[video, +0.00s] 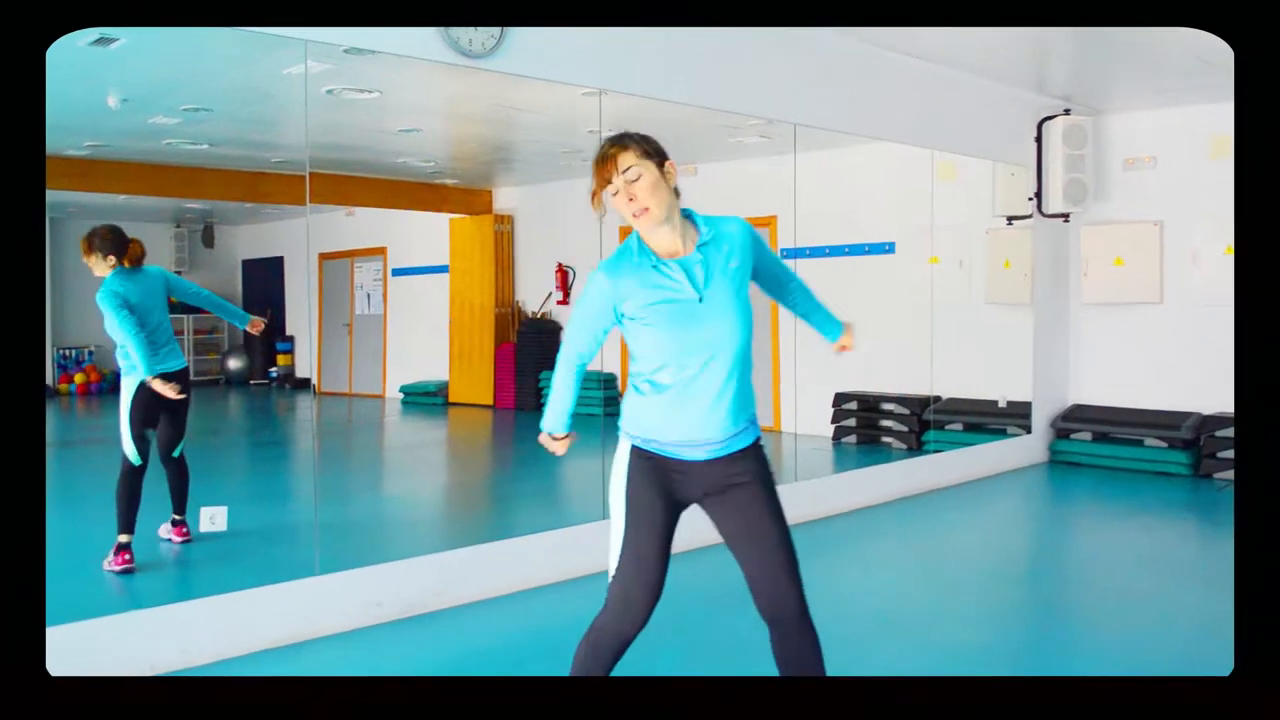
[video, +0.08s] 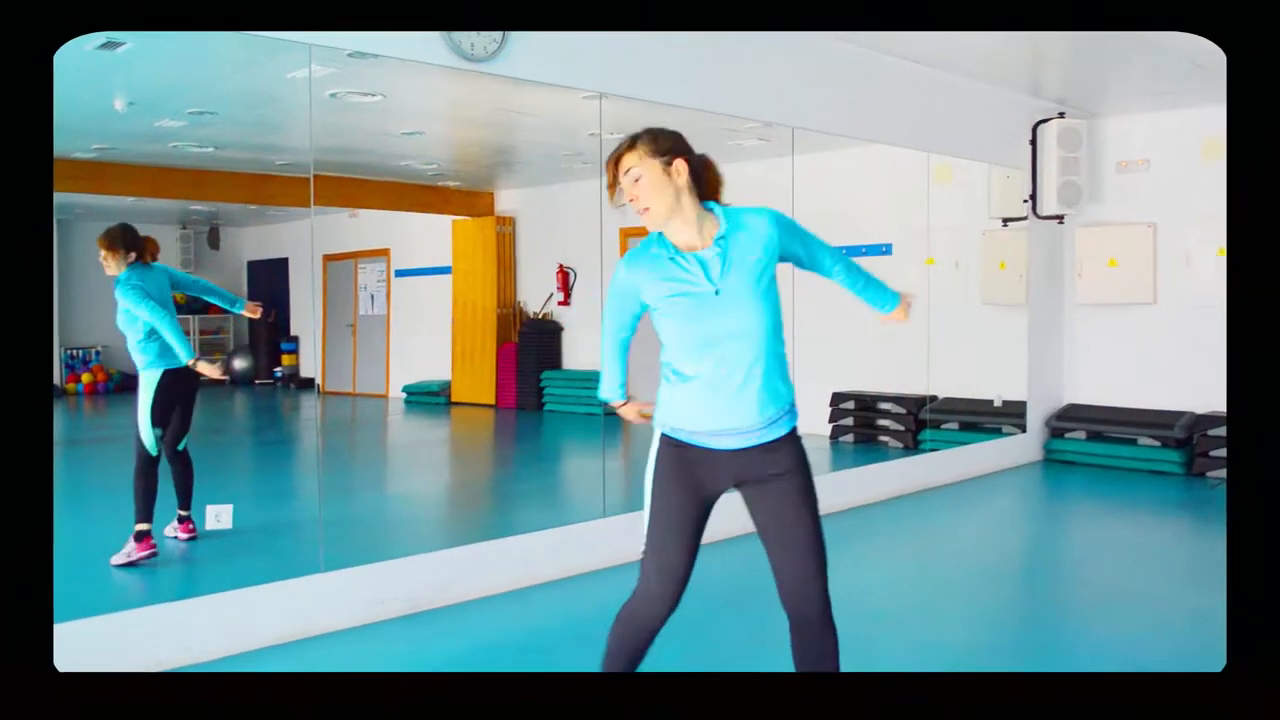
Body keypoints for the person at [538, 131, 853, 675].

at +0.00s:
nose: (627, 196)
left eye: (634, 177)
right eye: (615, 191)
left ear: (670, 172)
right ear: (611, 205)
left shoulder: (737, 239)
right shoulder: (613, 276)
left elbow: (785, 285)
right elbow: (575, 350)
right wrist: (555, 420)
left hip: (734, 461)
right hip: (649, 464)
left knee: (786, 608)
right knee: (631, 603)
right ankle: (578, 676)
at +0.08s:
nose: (629, 196)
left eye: (635, 177)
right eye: (622, 187)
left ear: (678, 169)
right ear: (626, 200)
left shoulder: (762, 229)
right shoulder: (637, 268)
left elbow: (831, 262)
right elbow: (614, 336)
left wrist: (887, 300)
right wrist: (615, 397)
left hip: (771, 448)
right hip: (685, 453)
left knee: (809, 607)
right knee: (657, 595)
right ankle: (611, 670)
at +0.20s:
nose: (653, 184)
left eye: (658, 167)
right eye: (650, 170)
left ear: (697, 160)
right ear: (692, 164)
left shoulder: (789, 220)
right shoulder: (672, 249)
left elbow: (874, 239)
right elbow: (719, 310)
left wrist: (932, 292)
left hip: (800, 435)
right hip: (718, 441)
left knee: (822, 592)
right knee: (710, 598)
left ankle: (844, 684)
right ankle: (718, 675)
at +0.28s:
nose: (670, 180)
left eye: (676, 164)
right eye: (668, 167)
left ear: (714, 160)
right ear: (710, 163)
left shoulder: (798, 222)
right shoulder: (696, 244)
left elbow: (885, 254)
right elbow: (728, 322)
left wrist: (939, 340)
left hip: (813, 429)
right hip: (739, 436)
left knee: (829, 591)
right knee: (748, 591)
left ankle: (869, 671)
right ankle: (791, 667)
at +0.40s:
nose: (698, 214)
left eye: (704, 198)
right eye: (697, 200)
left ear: (740, 194)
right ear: (737, 197)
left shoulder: (811, 261)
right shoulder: (739, 275)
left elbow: (891, 338)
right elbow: (775, 372)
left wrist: (879, 428)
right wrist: (750, 440)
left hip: (833, 456)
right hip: (777, 464)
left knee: (812, 613)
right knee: (775, 608)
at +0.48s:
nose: (712, 230)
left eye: (718, 216)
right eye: (710, 218)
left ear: (754, 212)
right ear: (750, 216)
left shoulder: (808, 268)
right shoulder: (762, 286)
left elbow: (854, 356)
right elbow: (777, 385)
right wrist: (716, 422)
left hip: (845, 453)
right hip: (800, 460)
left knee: (817, 607)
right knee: (783, 600)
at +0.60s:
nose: (709, 203)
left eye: (709, 187)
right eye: (703, 192)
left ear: (743, 173)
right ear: (742, 178)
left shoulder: (792, 213)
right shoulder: (765, 246)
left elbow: (752, 271)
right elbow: (739, 329)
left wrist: (660, 271)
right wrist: (666, 309)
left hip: (853, 397)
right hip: (815, 408)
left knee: (853, 545)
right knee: (819, 543)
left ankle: (882, 645)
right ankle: (839, 645)